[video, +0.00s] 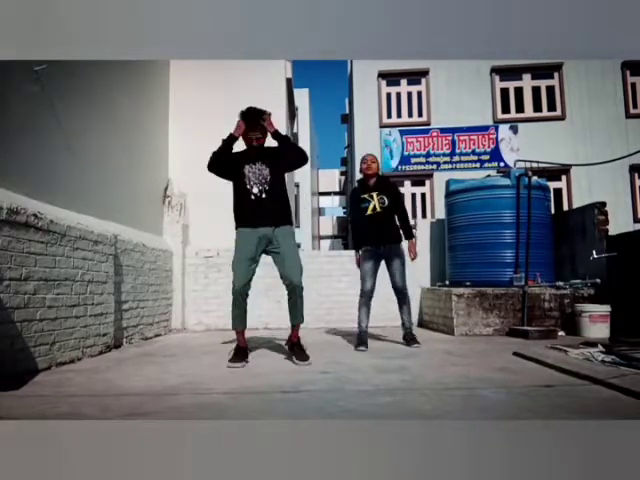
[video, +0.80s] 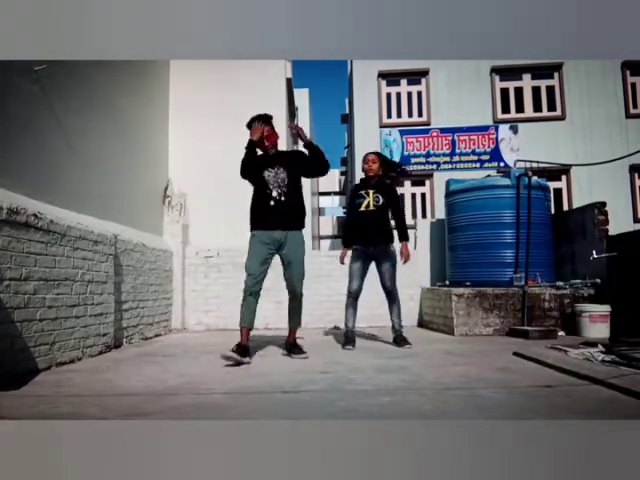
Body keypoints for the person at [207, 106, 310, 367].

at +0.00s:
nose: (256, 140)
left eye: (260, 135)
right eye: (251, 136)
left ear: (267, 134)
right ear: (243, 134)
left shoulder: (277, 155)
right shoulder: (236, 159)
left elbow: (301, 159)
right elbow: (213, 166)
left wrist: (276, 132)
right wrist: (233, 136)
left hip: (281, 229)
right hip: (248, 231)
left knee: (295, 283)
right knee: (239, 286)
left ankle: (295, 340)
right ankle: (241, 344)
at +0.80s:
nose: (267, 141)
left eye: (269, 135)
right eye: (262, 137)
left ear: (275, 134)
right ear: (257, 140)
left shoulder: (293, 158)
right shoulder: (255, 162)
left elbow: (322, 167)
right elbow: (246, 172)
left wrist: (306, 142)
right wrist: (252, 142)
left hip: (292, 232)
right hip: (262, 233)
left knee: (296, 288)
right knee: (251, 285)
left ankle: (292, 340)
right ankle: (244, 343)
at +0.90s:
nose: (269, 147)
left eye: (272, 141)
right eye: (265, 144)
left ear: (280, 140)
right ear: (260, 146)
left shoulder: (297, 164)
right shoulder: (258, 166)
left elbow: (325, 186)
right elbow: (244, 161)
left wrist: (316, 165)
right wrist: (252, 134)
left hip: (294, 236)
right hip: (265, 236)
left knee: (297, 290)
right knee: (252, 287)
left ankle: (292, 341)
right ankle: (246, 344)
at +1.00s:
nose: (270, 149)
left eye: (273, 143)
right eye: (265, 146)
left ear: (281, 142)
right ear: (260, 148)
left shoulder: (299, 166)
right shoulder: (259, 167)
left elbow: (326, 196)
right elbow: (241, 157)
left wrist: (320, 193)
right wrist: (251, 134)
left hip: (293, 237)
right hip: (264, 235)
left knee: (297, 290)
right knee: (247, 279)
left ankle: (292, 340)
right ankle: (249, 335)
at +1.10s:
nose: (267, 147)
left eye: (269, 141)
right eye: (262, 143)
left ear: (278, 138)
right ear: (258, 145)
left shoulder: (298, 164)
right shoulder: (257, 165)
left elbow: (318, 194)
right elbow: (237, 154)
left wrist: (317, 210)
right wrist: (246, 129)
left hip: (292, 235)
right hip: (263, 233)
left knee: (294, 288)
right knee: (244, 275)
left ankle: (291, 340)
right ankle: (248, 329)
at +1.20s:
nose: (265, 142)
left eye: (268, 136)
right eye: (260, 139)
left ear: (276, 135)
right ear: (255, 141)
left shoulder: (295, 162)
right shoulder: (254, 163)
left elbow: (312, 193)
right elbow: (230, 158)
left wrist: (313, 222)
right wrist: (236, 126)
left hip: (291, 234)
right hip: (261, 233)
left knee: (293, 287)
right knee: (245, 281)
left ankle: (292, 340)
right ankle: (242, 337)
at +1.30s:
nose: (264, 139)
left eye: (268, 134)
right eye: (259, 135)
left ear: (275, 135)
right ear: (253, 138)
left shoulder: (291, 164)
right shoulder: (249, 165)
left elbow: (308, 198)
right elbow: (219, 177)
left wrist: (305, 227)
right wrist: (224, 145)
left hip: (289, 234)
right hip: (259, 235)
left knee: (292, 289)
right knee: (248, 288)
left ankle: (291, 340)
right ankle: (245, 342)